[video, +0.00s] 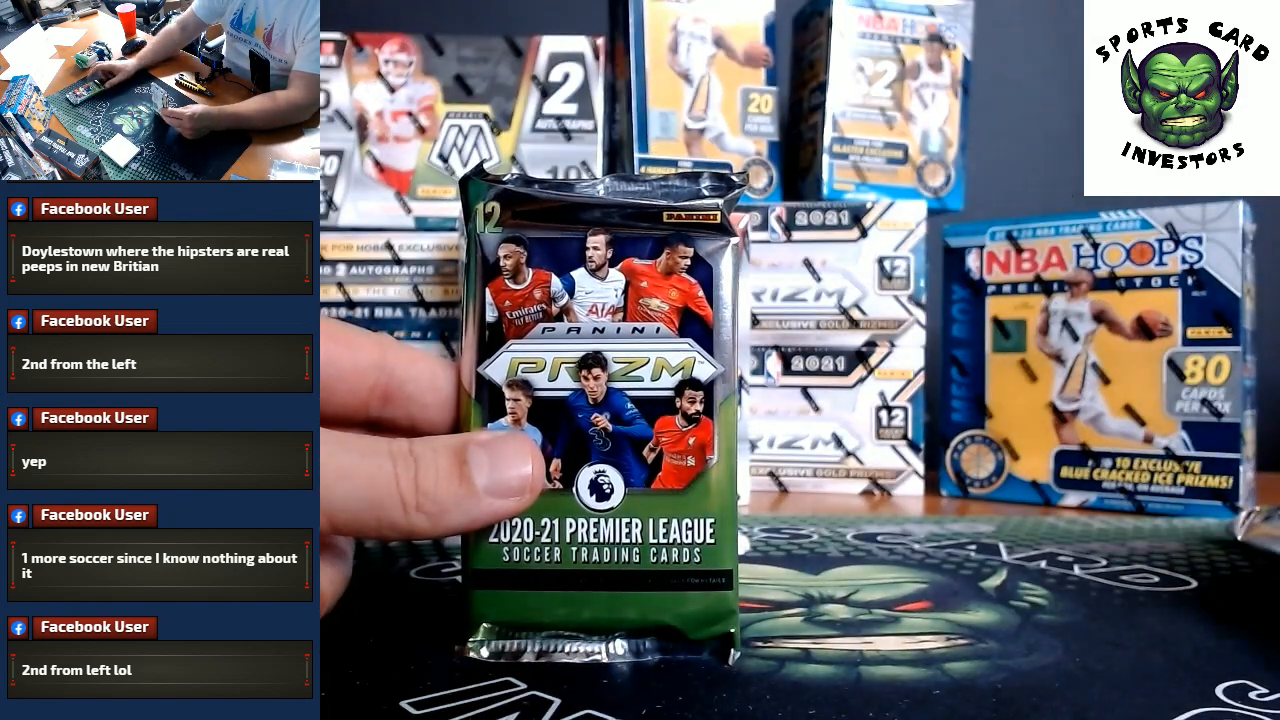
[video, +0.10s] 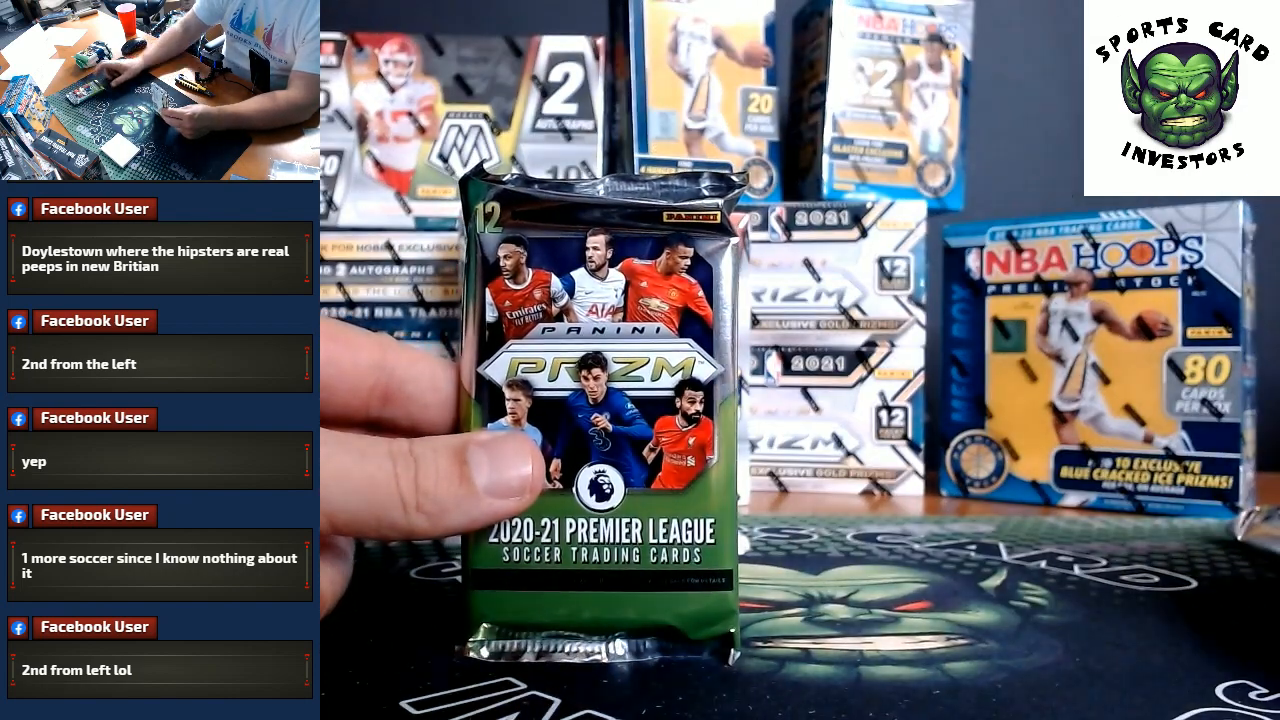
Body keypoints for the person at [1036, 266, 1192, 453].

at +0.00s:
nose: (1072, 288)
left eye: (1077, 284)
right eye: (1070, 283)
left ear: (1087, 286)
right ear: (1067, 283)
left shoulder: (1095, 308)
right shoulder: (1053, 303)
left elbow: (1126, 331)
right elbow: (1039, 335)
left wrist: (1156, 330)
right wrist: (1047, 350)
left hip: (1081, 365)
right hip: (1063, 366)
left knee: (1062, 418)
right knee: (1103, 424)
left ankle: (1077, 473)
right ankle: (1165, 442)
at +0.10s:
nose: (1072, 288)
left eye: (1077, 284)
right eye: (1070, 283)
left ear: (1087, 286)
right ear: (1067, 283)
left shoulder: (1095, 308)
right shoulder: (1053, 303)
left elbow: (1126, 331)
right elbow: (1039, 335)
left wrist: (1156, 330)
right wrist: (1047, 350)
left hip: (1081, 365)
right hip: (1063, 366)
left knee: (1062, 418)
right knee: (1103, 424)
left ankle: (1077, 473)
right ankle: (1165, 442)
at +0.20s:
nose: (1072, 287)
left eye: (1077, 283)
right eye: (1071, 283)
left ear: (1087, 285)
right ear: (1067, 283)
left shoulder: (1095, 308)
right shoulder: (1053, 304)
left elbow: (1126, 331)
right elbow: (1039, 335)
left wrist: (1156, 329)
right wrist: (1047, 350)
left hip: (1081, 365)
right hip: (1064, 367)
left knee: (1062, 418)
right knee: (1103, 424)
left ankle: (1077, 473)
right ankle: (1165, 442)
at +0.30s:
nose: (1072, 287)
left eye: (1077, 284)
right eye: (1071, 283)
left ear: (1087, 285)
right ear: (1067, 283)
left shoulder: (1095, 308)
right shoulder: (1053, 304)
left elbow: (1126, 331)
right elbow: (1039, 335)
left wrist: (1156, 329)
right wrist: (1047, 350)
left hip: (1081, 365)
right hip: (1064, 367)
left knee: (1062, 418)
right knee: (1103, 424)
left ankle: (1077, 473)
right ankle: (1165, 442)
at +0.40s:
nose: (1072, 287)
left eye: (1077, 284)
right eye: (1071, 283)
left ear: (1087, 286)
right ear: (1067, 283)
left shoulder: (1095, 308)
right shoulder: (1053, 304)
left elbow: (1126, 331)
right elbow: (1039, 335)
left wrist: (1156, 329)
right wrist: (1047, 350)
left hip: (1081, 365)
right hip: (1064, 367)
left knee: (1062, 418)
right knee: (1103, 424)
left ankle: (1077, 473)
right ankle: (1165, 442)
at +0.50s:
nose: (1072, 288)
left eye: (1077, 284)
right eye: (1071, 283)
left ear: (1087, 285)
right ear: (1067, 283)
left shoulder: (1095, 308)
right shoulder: (1053, 304)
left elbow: (1126, 331)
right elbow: (1039, 334)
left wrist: (1156, 329)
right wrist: (1047, 349)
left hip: (1081, 365)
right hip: (1064, 367)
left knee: (1062, 418)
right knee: (1103, 424)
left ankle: (1078, 473)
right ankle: (1165, 442)